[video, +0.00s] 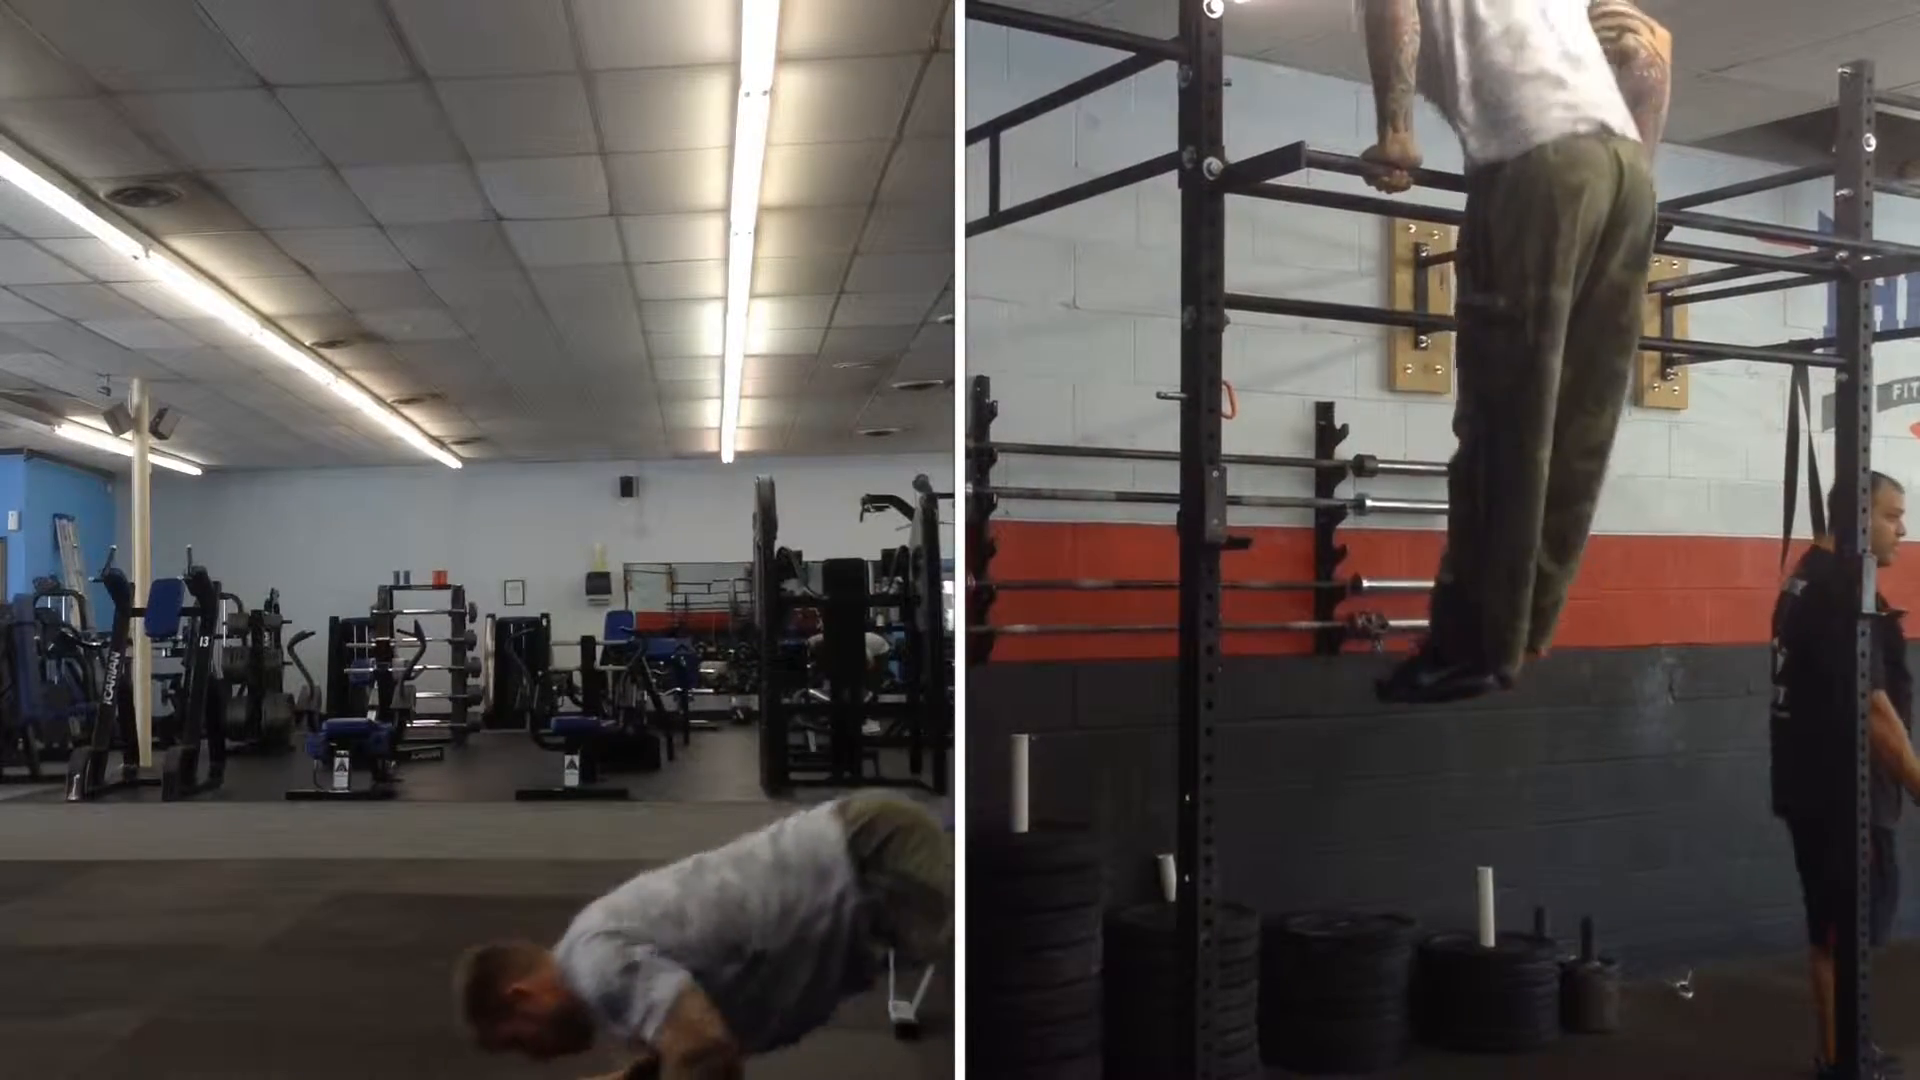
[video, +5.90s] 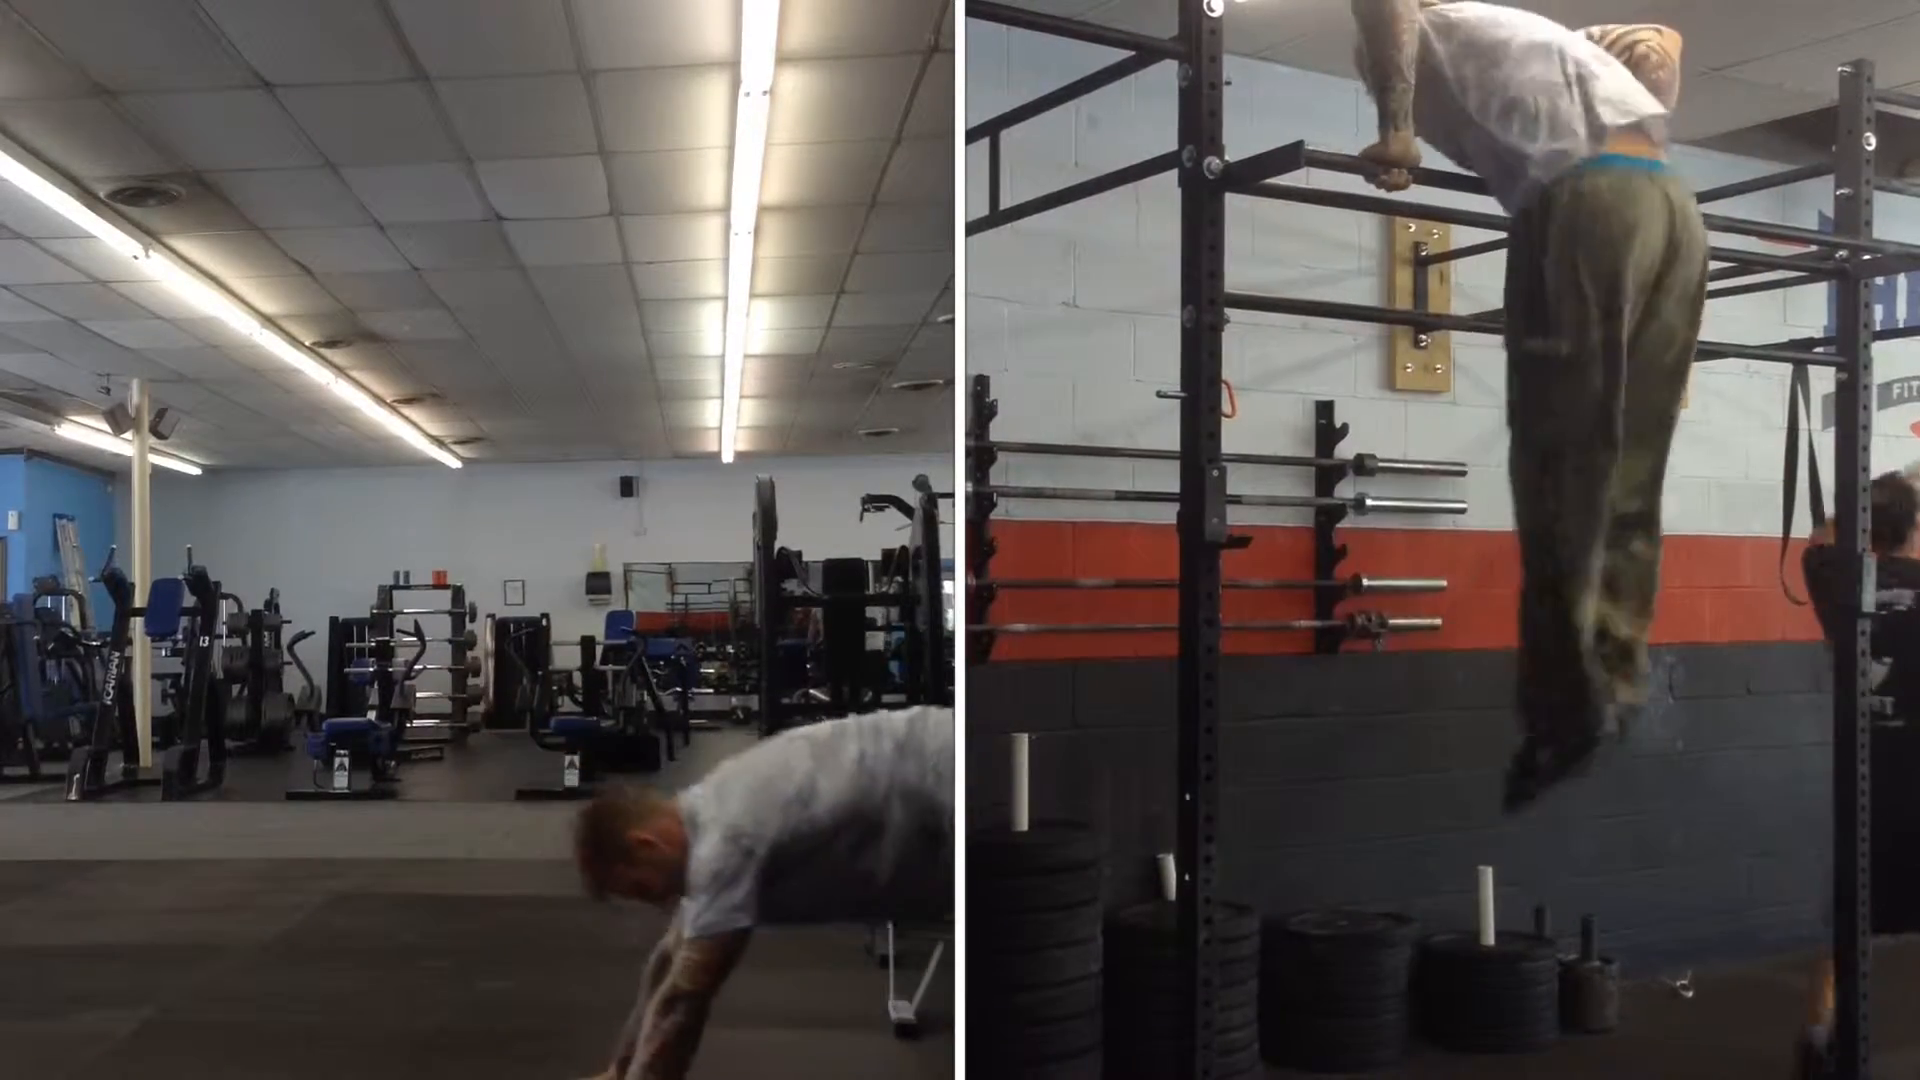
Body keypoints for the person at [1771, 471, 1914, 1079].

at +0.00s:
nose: (1902, 529)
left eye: (1902, 517)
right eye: (1893, 517)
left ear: (1850, 520)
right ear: (1856, 518)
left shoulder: (1811, 577)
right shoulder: (1848, 587)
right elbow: (1869, 703)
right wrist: (1914, 777)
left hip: (1808, 781)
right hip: (1842, 789)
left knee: (1830, 929)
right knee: (1848, 931)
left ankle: (1839, 1052)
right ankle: (1845, 1056)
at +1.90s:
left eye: (1919, 503)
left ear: (1912, 513)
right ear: (1916, 515)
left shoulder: (1886, 578)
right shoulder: (1888, 579)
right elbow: (1857, 679)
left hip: (1897, 785)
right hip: (1901, 786)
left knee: (1904, 927)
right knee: (1905, 927)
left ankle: (1905, 1042)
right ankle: (1905, 1043)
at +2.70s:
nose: (1892, 523)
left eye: (1887, 512)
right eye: (1888, 513)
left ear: (1826, 519)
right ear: (1876, 517)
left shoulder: (1790, 588)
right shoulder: (1902, 592)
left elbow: (1766, 665)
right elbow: (1907, 688)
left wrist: (1798, 727)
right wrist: (1898, 737)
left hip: (1814, 776)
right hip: (1894, 779)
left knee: (1813, 924)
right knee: (1904, 934)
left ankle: (1804, 1053)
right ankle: (1915, 1058)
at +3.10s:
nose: (1850, 525)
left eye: (1844, 513)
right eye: (1845, 514)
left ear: (1784, 519)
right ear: (1827, 515)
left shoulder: (1750, 587)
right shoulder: (1858, 581)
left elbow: (1735, 658)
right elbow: (1908, 681)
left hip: (1781, 780)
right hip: (1859, 783)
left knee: (1795, 922)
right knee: (1885, 919)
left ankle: (1803, 1054)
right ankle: (1890, 1057)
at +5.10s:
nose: (1907, 517)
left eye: (1903, 505)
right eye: (1901, 507)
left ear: (1841, 517)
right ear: (1876, 517)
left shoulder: (1805, 588)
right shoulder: (1905, 588)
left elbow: (1803, 671)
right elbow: (1911, 686)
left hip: (1824, 777)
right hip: (1897, 781)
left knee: (1819, 926)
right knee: (1898, 938)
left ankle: (1812, 1057)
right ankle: (1901, 1068)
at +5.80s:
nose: (1893, 536)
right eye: (1898, 525)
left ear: (1846, 525)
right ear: (1899, 527)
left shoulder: (1818, 588)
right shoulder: (1912, 586)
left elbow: (1825, 644)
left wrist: (1841, 571)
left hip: (1848, 763)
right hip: (1908, 762)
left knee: (1830, 901)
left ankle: (1817, 1042)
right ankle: (1820, 1036)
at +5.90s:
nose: (1917, 530)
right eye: (1915, 520)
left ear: (1865, 527)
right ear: (1911, 527)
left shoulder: (1845, 584)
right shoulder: (1910, 580)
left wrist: (1839, 533)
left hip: (1865, 762)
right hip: (1903, 761)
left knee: (1851, 894)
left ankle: (1822, 1025)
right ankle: (1823, 1023)